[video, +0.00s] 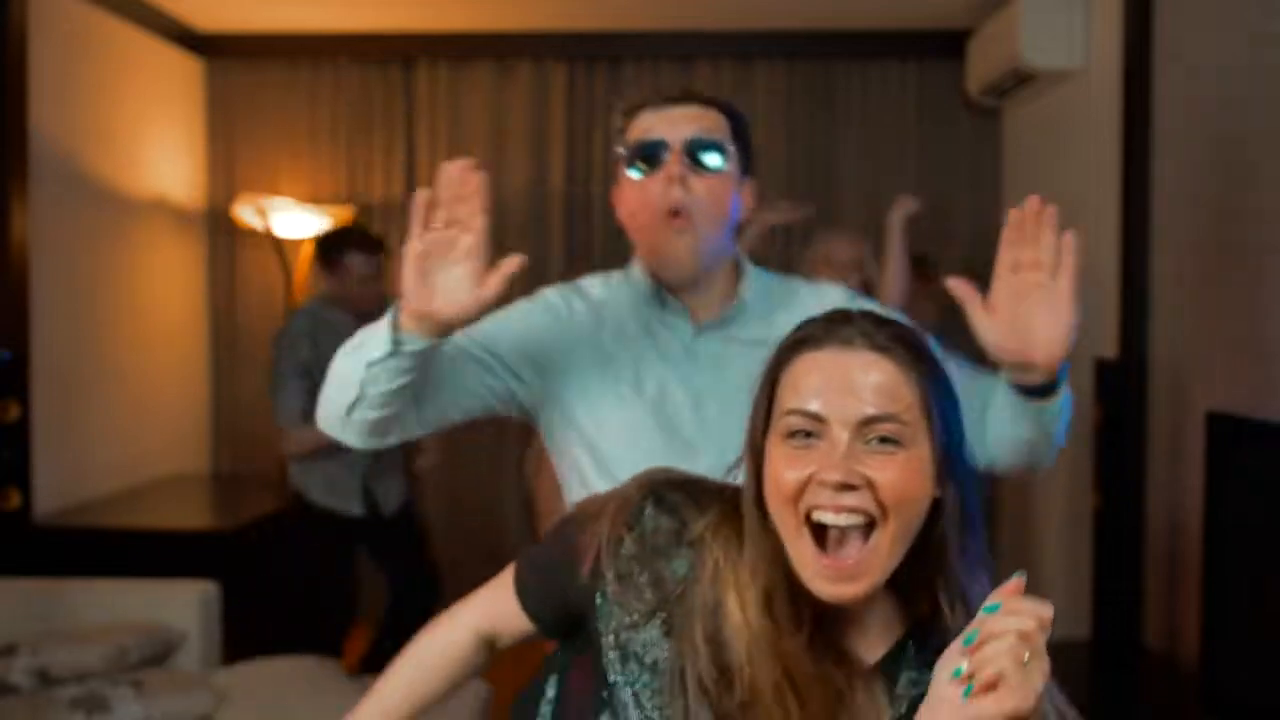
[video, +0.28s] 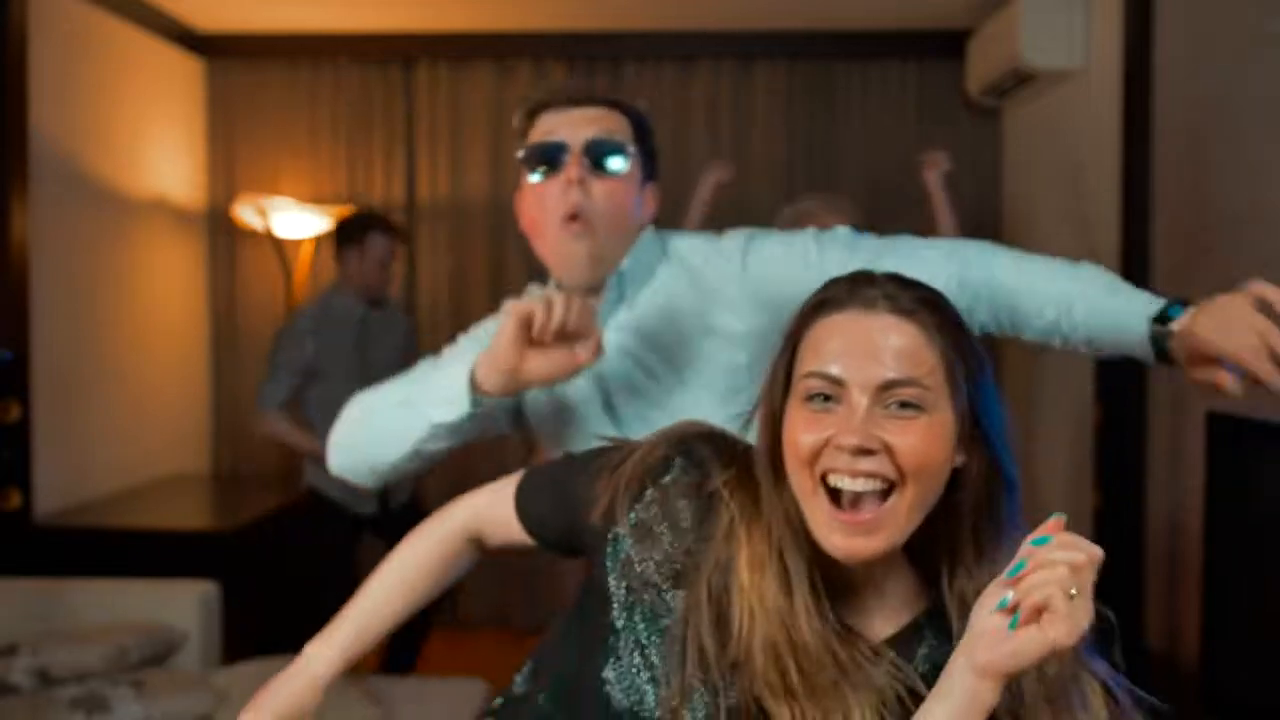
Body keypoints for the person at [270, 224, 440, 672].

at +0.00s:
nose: (377, 288)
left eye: (379, 275)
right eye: (365, 277)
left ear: (382, 270)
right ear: (333, 274)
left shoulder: (384, 323)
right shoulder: (304, 331)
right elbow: (292, 440)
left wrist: (419, 433)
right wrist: (359, 424)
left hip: (387, 486)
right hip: (327, 491)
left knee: (418, 590)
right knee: (333, 601)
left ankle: (375, 677)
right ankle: (316, 682)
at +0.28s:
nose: (389, 271)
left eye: (392, 260)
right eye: (381, 259)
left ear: (390, 261)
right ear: (349, 258)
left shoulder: (398, 323)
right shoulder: (313, 323)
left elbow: (411, 391)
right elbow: (270, 414)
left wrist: (406, 444)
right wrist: (329, 451)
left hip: (396, 484)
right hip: (332, 486)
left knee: (421, 590)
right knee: (329, 598)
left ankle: (396, 681)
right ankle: (320, 684)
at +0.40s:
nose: (391, 255)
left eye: (394, 246)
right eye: (382, 245)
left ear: (395, 250)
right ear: (351, 248)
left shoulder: (401, 311)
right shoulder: (317, 317)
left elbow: (427, 380)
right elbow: (265, 396)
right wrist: (325, 435)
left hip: (400, 472)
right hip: (340, 476)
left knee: (407, 590)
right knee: (340, 590)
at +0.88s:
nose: (409, 271)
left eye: (413, 261)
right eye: (398, 261)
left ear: (418, 268)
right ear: (372, 268)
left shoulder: (428, 339)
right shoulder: (338, 337)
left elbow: (443, 409)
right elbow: (306, 405)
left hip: (412, 490)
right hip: (346, 485)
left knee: (436, 592)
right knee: (360, 599)